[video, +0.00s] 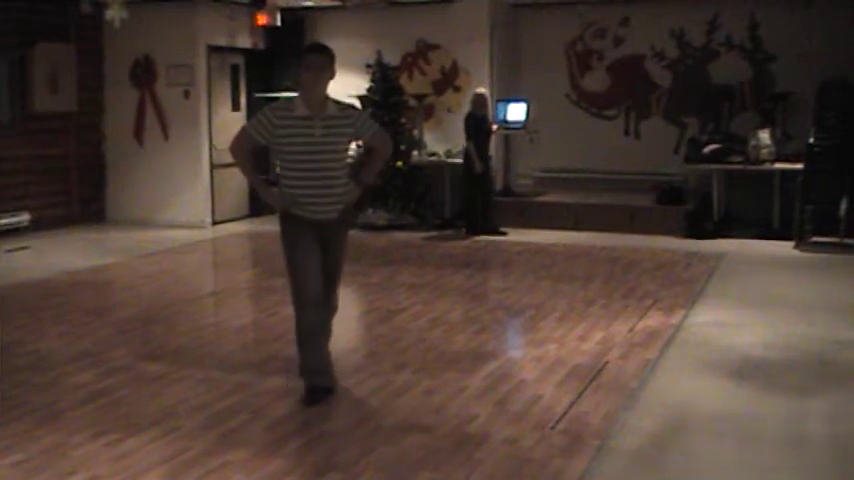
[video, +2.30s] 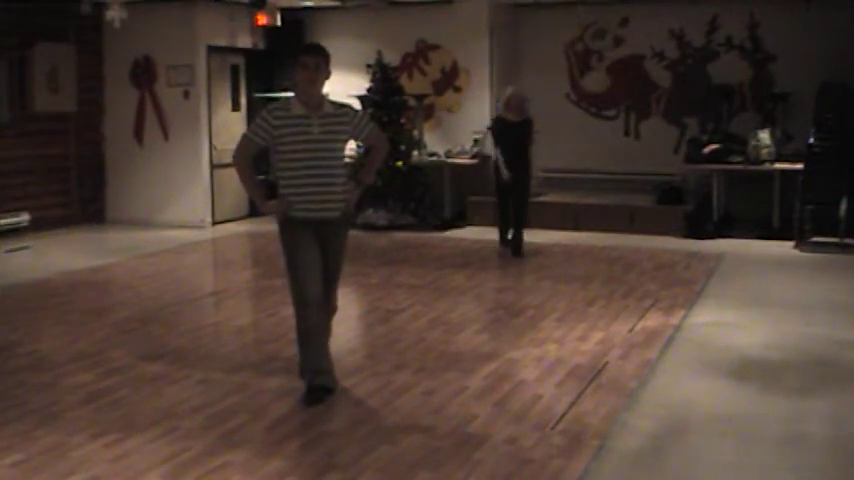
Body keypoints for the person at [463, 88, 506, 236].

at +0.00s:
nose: (483, 103)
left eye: (485, 100)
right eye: (481, 100)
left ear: (484, 102)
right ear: (477, 102)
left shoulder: (484, 117)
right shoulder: (472, 118)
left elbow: (483, 132)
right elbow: (470, 141)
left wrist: (491, 129)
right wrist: (476, 161)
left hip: (483, 159)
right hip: (476, 160)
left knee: (485, 192)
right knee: (479, 193)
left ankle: (486, 223)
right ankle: (478, 224)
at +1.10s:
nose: (495, 105)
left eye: (494, 102)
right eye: (492, 102)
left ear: (485, 103)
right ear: (486, 103)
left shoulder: (485, 118)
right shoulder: (482, 119)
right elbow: (482, 142)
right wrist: (491, 157)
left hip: (482, 160)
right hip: (482, 160)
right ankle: (491, 226)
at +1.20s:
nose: (497, 105)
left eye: (497, 101)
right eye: (495, 101)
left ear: (487, 102)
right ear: (488, 102)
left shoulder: (486, 118)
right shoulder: (486, 119)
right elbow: (487, 142)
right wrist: (495, 158)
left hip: (483, 158)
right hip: (486, 159)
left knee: (482, 192)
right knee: (492, 192)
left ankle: (476, 225)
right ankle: (490, 226)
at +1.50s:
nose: (500, 103)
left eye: (502, 100)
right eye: (497, 100)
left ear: (505, 101)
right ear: (492, 101)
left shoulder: (506, 119)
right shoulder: (488, 119)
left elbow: (507, 144)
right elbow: (486, 145)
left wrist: (507, 167)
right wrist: (490, 166)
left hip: (503, 163)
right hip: (493, 163)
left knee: (499, 197)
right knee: (493, 197)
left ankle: (497, 228)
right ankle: (491, 229)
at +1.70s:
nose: (501, 110)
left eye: (505, 106)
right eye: (498, 106)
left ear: (509, 106)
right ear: (494, 106)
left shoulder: (515, 124)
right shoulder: (490, 123)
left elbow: (522, 148)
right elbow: (485, 149)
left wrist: (520, 169)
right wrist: (483, 171)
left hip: (508, 166)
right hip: (493, 165)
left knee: (502, 197)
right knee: (500, 197)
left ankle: (493, 227)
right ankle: (507, 233)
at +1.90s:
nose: (509, 109)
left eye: (511, 106)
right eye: (505, 106)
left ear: (514, 106)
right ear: (500, 106)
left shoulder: (517, 121)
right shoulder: (493, 120)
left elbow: (526, 145)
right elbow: (489, 147)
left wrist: (534, 166)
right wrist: (492, 169)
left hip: (513, 166)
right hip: (498, 166)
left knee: (515, 198)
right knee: (501, 200)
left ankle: (513, 229)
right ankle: (504, 234)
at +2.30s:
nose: (516, 107)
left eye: (518, 103)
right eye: (512, 103)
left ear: (522, 104)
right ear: (506, 104)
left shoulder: (527, 123)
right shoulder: (498, 122)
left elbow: (528, 147)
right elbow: (496, 150)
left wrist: (530, 170)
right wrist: (504, 170)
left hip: (522, 170)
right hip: (504, 171)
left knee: (520, 206)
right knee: (504, 205)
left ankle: (517, 241)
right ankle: (504, 237)